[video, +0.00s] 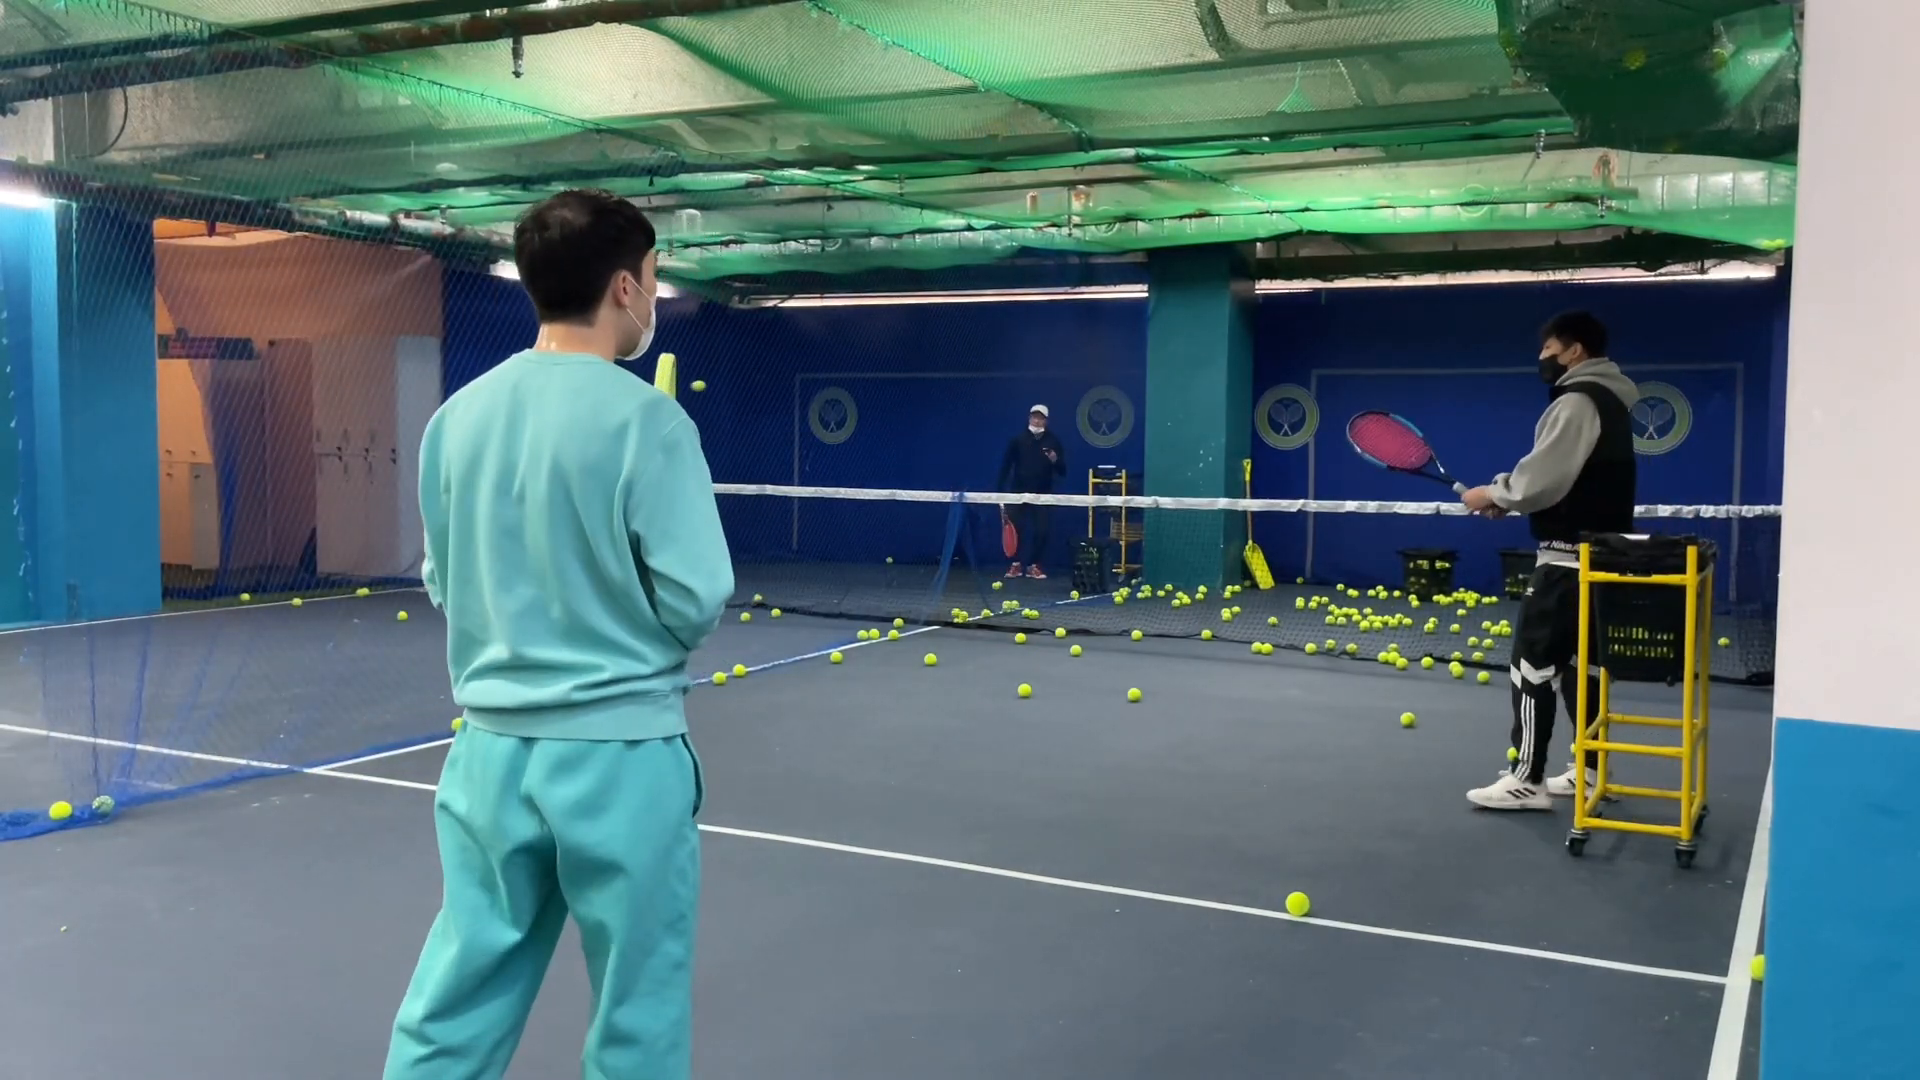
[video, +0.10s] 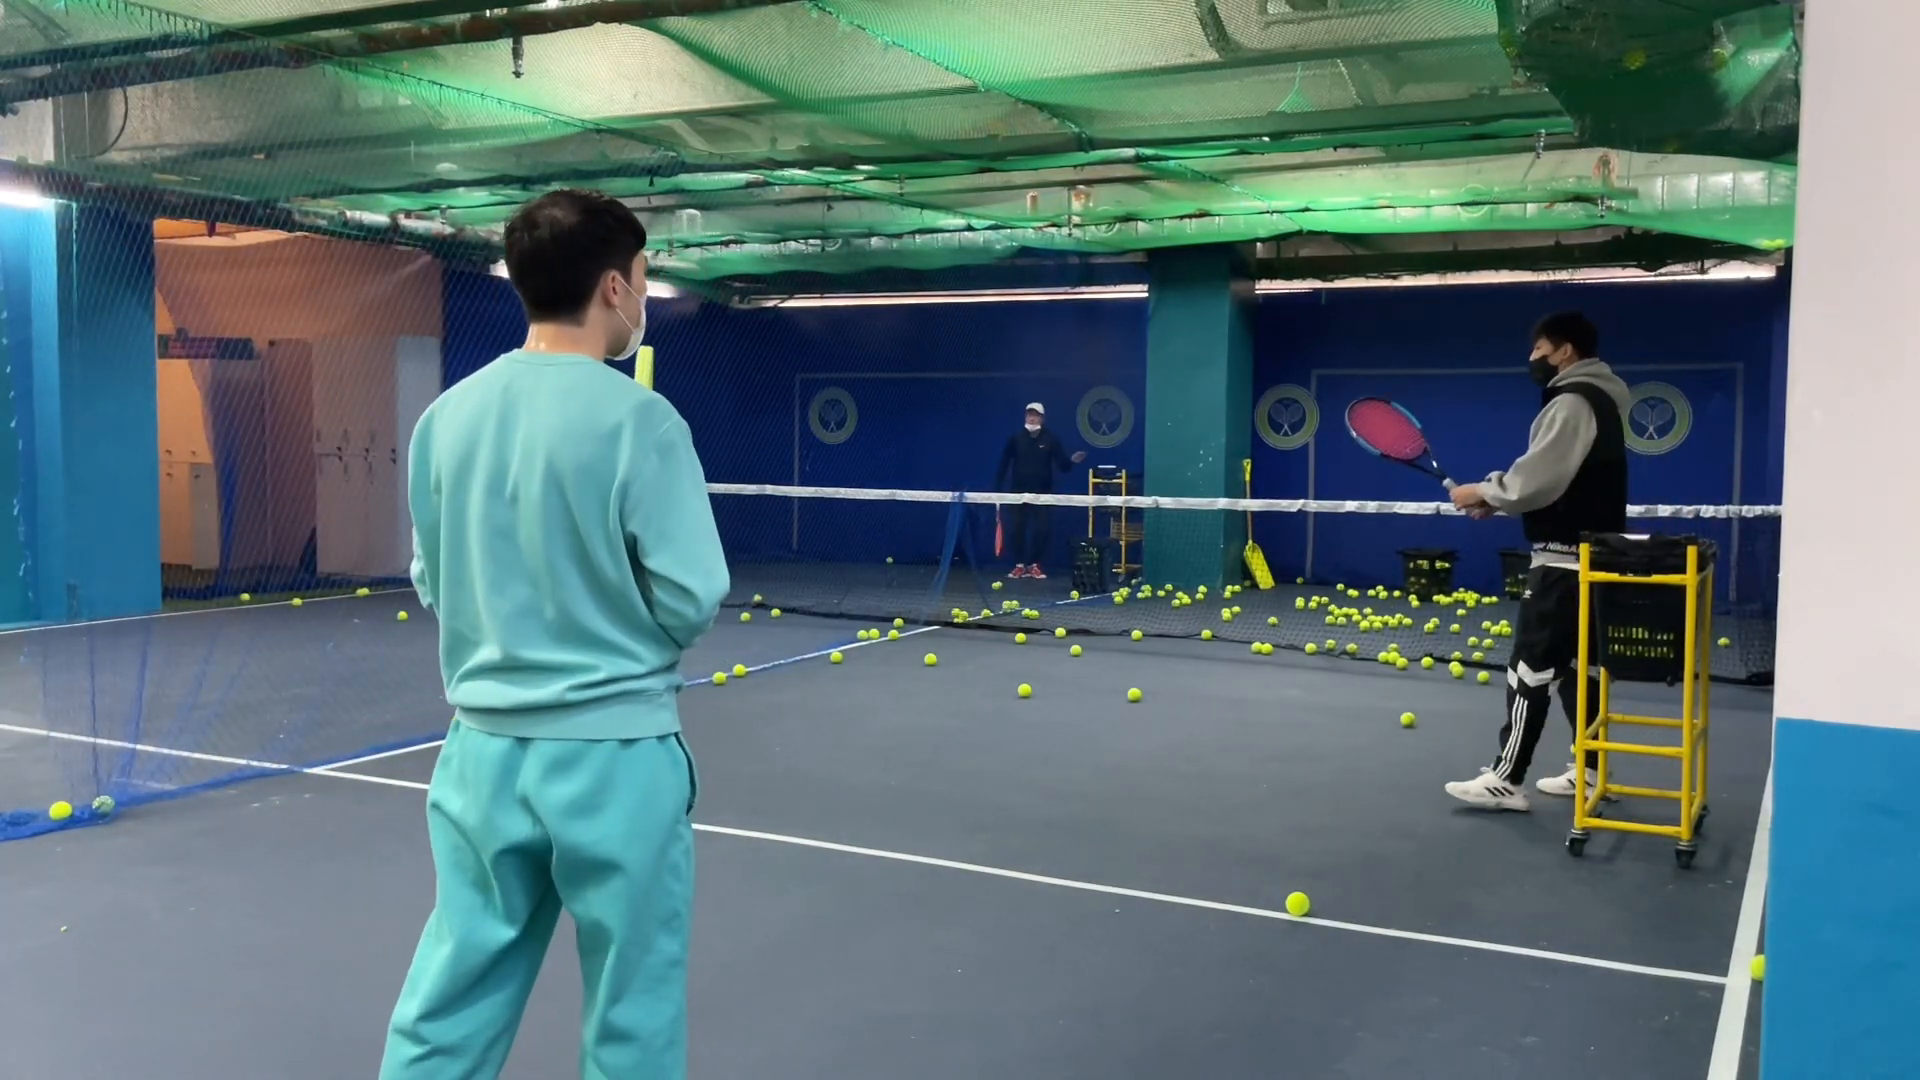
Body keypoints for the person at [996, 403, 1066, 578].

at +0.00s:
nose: (1036, 421)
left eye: (1040, 417)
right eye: (1034, 417)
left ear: (1046, 421)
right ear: (1029, 419)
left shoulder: (1052, 441)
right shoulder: (1019, 440)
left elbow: (1062, 471)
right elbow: (1005, 468)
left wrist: (1055, 461)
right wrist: (1000, 494)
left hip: (1042, 491)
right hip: (1018, 490)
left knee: (1041, 529)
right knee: (1017, 528)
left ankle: (1033, 565)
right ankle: (1016, 563)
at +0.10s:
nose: (1031, 418)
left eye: (1035, 415)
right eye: (1029, 414)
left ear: (1042, 418)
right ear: (1025, 417)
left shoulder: (1049, 439)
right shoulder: (1016, 439)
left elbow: (1063, 467)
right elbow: (1003, 466)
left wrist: (1072, 461)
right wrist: (996, 491)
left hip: (1041, 491)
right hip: (1017, 490)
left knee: (1041, 529)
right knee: (1017, 528)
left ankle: (1034, 565)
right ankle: (1019, 565)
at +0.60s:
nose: (1041, 413)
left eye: (1045, 410)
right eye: (1039, 410)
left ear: (1053, 413)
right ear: (1035, 413)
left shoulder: (1060, 435)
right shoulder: (1027, 434)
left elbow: (1078, 453)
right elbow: (1016, 460)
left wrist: (1094, 467)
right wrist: (1005, 482)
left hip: (1052, 489)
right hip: (1028, 489)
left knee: (1055, 530)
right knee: (1022, 528)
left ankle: (1059, 566)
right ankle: (1021, 565)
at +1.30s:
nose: (1045, 411)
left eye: (1049, 408)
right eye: (1043, 408)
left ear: (1057, 411)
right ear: (1039, 410)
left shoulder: (1066, 433)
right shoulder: (1034, 432)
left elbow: (1076, 454)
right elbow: (1027, 455)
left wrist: (1080, 458)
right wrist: (1020, 473)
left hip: (1057, 485)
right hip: (1034, 485)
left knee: (1058, 527)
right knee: (1026, 525)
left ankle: (1059, 566)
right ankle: (1024, 564)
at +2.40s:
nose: (1042, 421)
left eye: (1045, 417)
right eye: (1041, 418)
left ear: (1055, 417)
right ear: (1043, 420)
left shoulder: (1071, 433)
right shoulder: (1046, 442)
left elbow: (1088, 453)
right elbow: (1051, 469)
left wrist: (1075, 459)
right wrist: (1044, 469)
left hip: (1078, 487)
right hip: (1059, 487)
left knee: (1075, 528)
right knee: (1050, 525)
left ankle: (1078, 568)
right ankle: (1041, 564)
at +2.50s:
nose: (1045, 417)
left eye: (1048, 413)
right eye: (1044, 414)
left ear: (1058, 414)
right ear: (1044, 416)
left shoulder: (1072, 432)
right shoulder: (1044, 439)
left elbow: (1090, 454)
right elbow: (1045, 468)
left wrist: (1080, 458)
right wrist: (1040, 465)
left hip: (1077, 485)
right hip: (1057, 486)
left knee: (1075, 526)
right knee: (1049, 524)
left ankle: (1077, 567)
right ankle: (1041, 564)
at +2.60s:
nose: (1047, 414)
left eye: (1051, 410)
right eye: (1045, 411)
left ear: (1060, 413)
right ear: (1044, 414)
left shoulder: (1074, 432)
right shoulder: (1043, 437)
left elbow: (1089, 454)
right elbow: (1040, 464)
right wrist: (1037, 464)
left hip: (1077, 485)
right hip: (1056, 486)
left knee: (1076, 526)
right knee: (1049, 524)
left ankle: (1079, 567)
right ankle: (1041, 564)